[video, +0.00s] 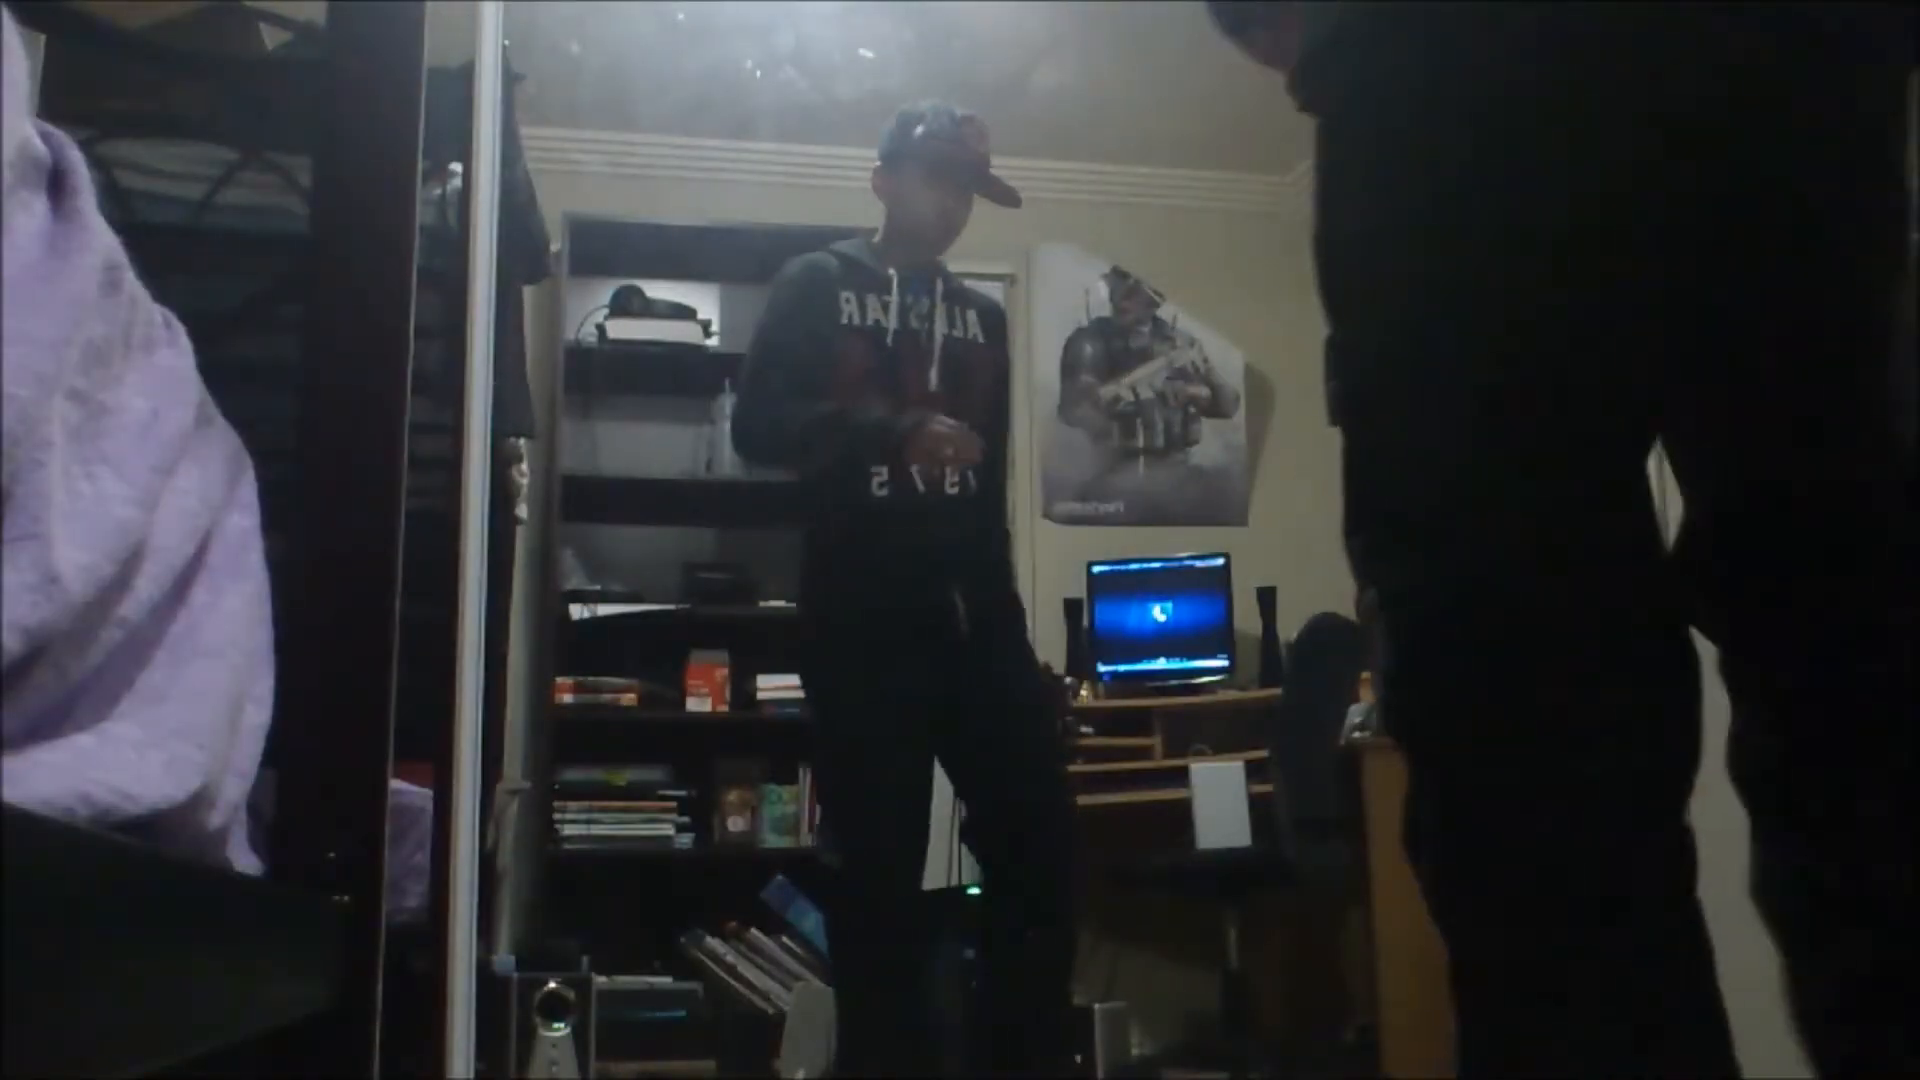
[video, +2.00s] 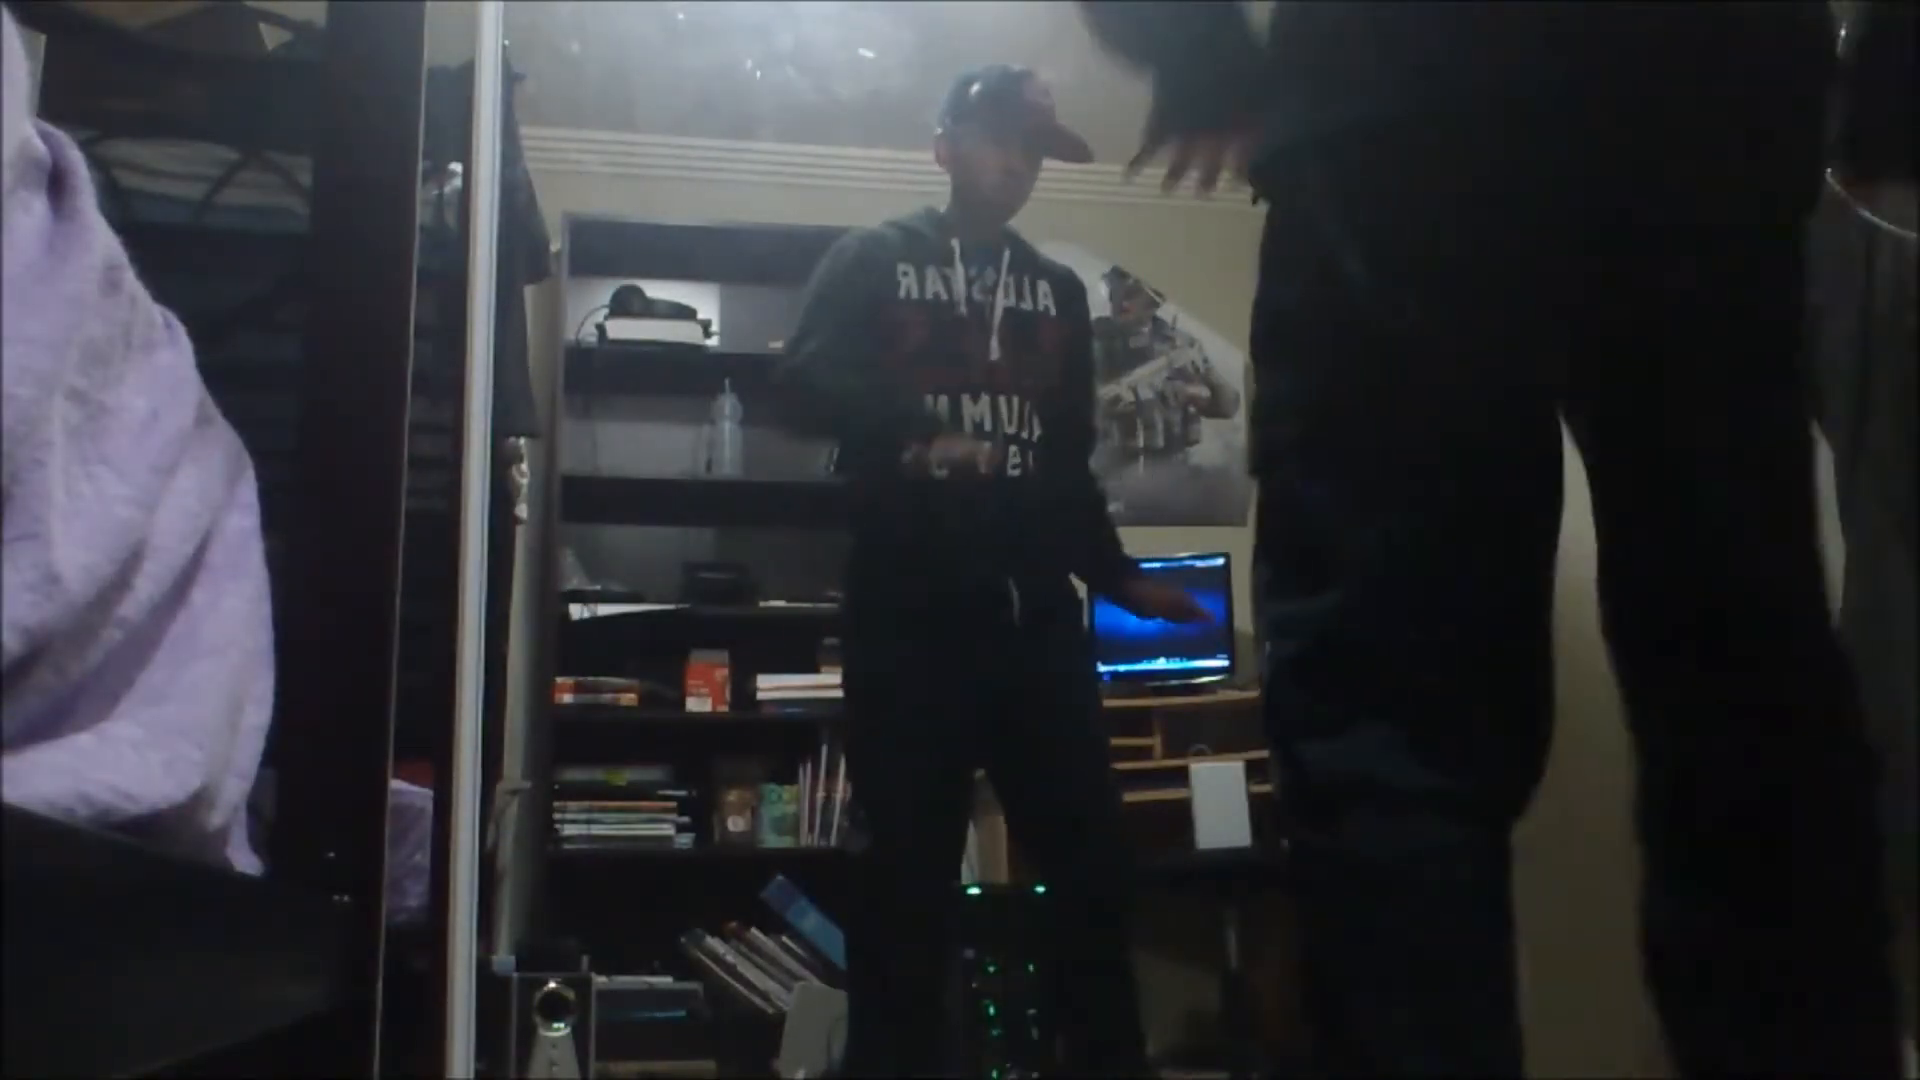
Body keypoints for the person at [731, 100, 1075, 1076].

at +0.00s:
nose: (954, 204)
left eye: (968, 188)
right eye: (938, 179)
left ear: (978, 199)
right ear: (885, 179)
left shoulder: (985, 318)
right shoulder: (816, 284)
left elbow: (998, 483)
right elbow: (757, 428)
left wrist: (1016, 638)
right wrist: (893, 433)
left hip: (976, 615)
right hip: (862, 610)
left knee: (1035, 843)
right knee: (878, 860)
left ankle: (1021, 1061)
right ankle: (881, 1066)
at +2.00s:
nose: (1013, 168)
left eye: (1029, 151)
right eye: (995, 144)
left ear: (1042, 163)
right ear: (945, 145)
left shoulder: (1060, 292)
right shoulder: (874, 259)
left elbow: (1066, 460)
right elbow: (799, 380)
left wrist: (1126, 581)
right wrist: (913, 437)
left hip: (1034, 606)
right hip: (908, 602)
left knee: (1083, 859)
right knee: (910, 868)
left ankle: (1099, 1068)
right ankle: (900, 1068)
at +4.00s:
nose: (938, 238)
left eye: (958, 222)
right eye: (922, 222)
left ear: (992, 234)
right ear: (900, 230)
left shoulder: (1047, 346)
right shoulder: (868, 359)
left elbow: (1096, 499)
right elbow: (834, 504)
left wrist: (1034, 585)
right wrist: (813, 613)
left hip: (1005, 636)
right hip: (889, 635)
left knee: (1019, 867)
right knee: (834, 850)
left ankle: (1046, 1061)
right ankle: (819, 1058)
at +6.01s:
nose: (1057, 244)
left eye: (1069, 228)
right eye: (1039, 223)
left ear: (1082, 239)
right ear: (991, 230)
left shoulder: (1108, 351)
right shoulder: (926, 336)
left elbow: (1160, 482)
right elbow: (863, 474)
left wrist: (1184, 499)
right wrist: (897, 570)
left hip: (1053, 626)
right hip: (935, 622)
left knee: (1063, 859)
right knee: (889, 847)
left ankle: (1067, 1062)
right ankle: (863, 1057)